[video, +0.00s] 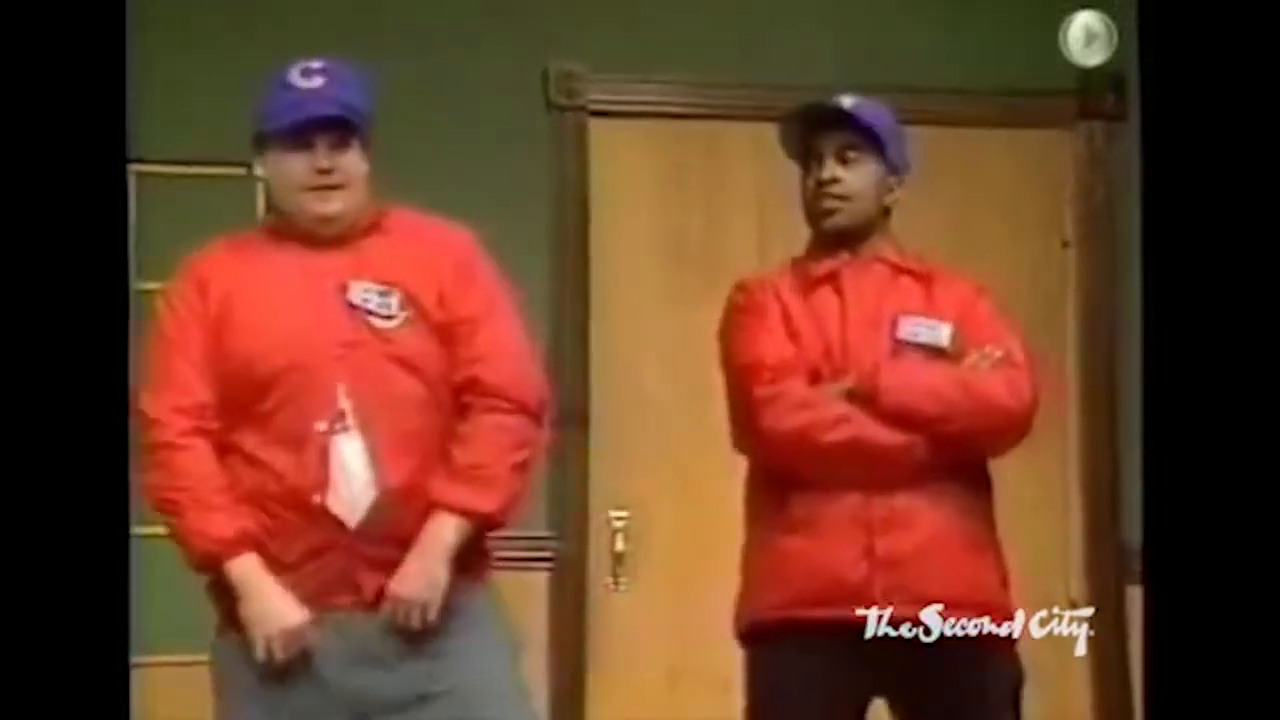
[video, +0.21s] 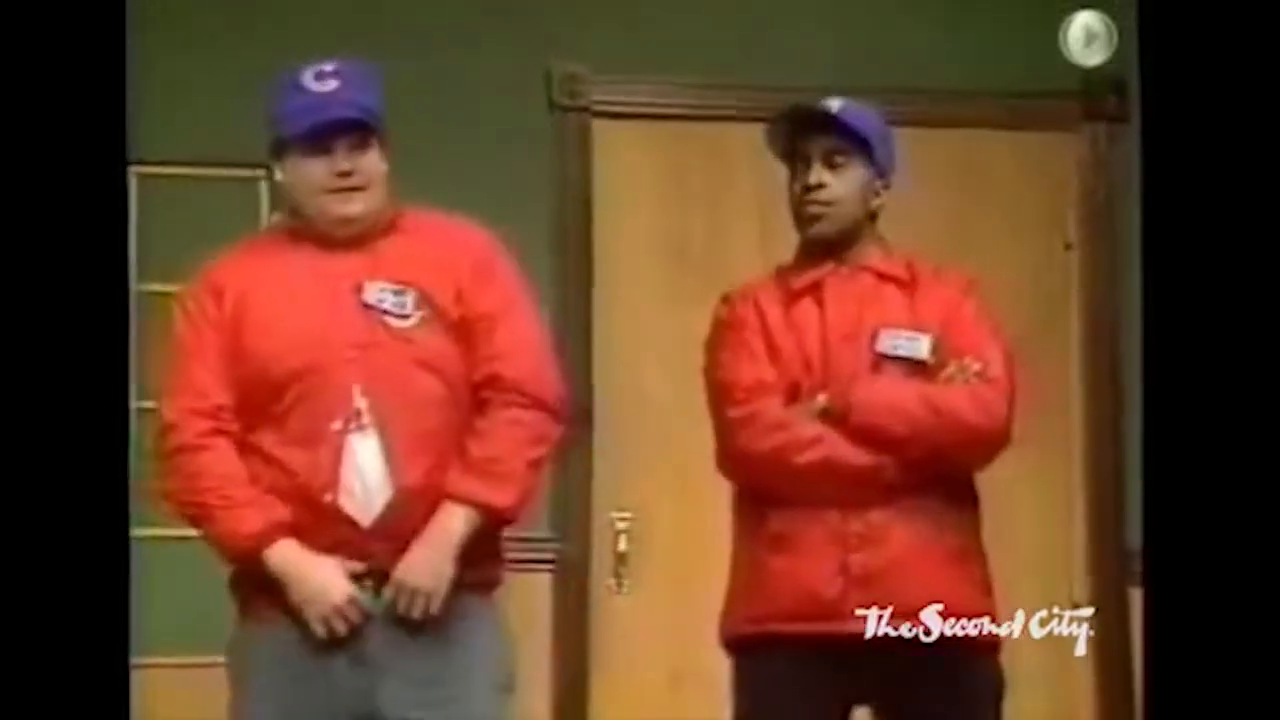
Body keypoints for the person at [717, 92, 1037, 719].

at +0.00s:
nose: (825, 174)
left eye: (849, 158)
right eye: (814, 161)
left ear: (893, 183)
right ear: (801, 180)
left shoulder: (955, 294)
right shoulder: (761, 298)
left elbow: (1007, 405)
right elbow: (774, 425)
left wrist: (868, 387)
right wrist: (936, 441)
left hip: (952, 617)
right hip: (802, 621)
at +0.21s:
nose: (811, 180)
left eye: (835, 162)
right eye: (800, 165)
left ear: (879, 185)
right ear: (788, 182)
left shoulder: (943, 295)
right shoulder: (747, 309)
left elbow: (983, 419)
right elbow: (750, 446)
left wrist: (838, 405)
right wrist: (911, 454)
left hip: (936, 628)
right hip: (788, 632)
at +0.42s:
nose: (797, 177)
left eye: (820, 160)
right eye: (784, 162)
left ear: (861, 182)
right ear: (772, 181)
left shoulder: (927, 297)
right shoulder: (731, 310)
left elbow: (966, 426)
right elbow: (737, 452)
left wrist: (824, 412)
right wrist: (902, 459)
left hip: (919, 630)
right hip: (772, 636)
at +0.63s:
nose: (783, 185)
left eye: (805, 168)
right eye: (767, 169)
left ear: (838, 187)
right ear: (749, 189)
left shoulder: (909, 298)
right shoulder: (713, 319)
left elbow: (964, 439)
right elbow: (738, 471)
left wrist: (825, 429)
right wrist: (905, 461)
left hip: (912, 633)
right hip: (767, 647)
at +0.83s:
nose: (789, 193)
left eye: (807, 176)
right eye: (770, 178)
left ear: (831, 195)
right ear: (743, 201)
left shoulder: (905, 299)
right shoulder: (711, 328)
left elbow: (970, 440)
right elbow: (750, 481)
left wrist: (834, 436)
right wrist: (910, 464)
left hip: (919, 632)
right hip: (777, 651)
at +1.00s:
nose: (827, 194)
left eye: (840, 175)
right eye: (803, 179)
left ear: (858, 192)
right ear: (768, 203)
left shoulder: (924, 300)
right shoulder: (733, 331)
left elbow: (988, 437)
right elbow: (764, 483)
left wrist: (845, 436)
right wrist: (929, 458)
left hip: (942, 640)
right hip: (798, 655)